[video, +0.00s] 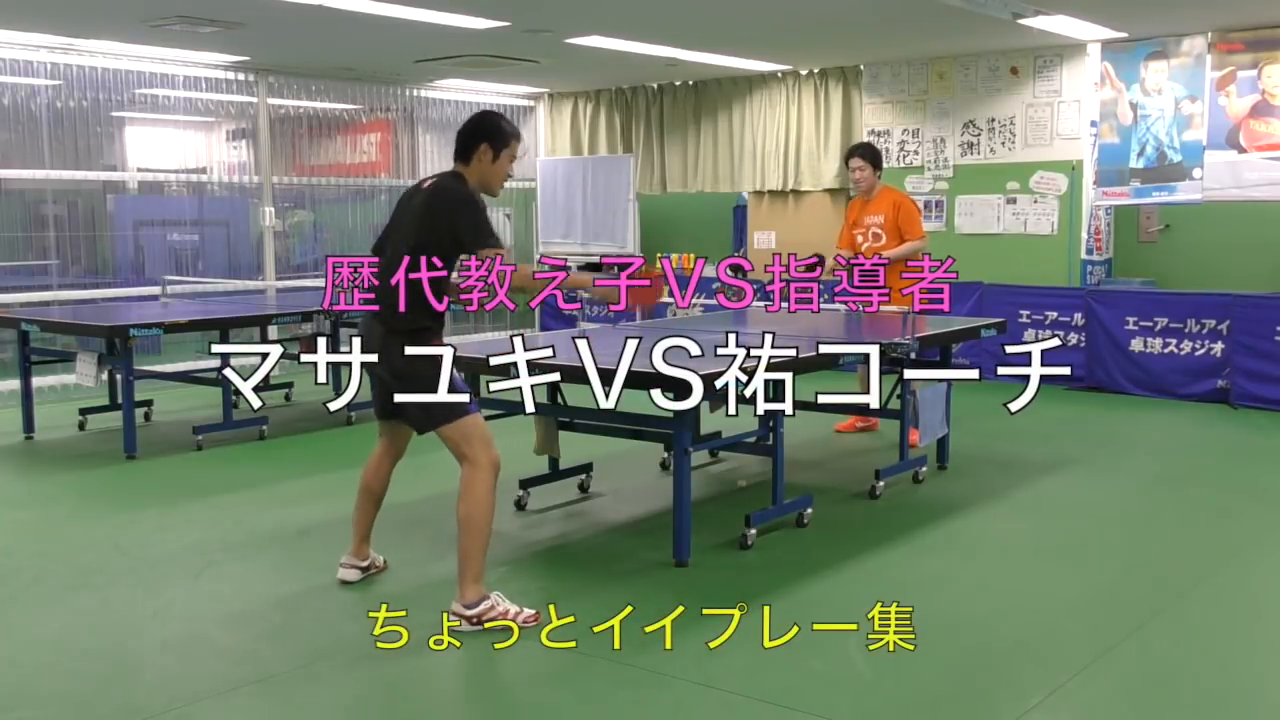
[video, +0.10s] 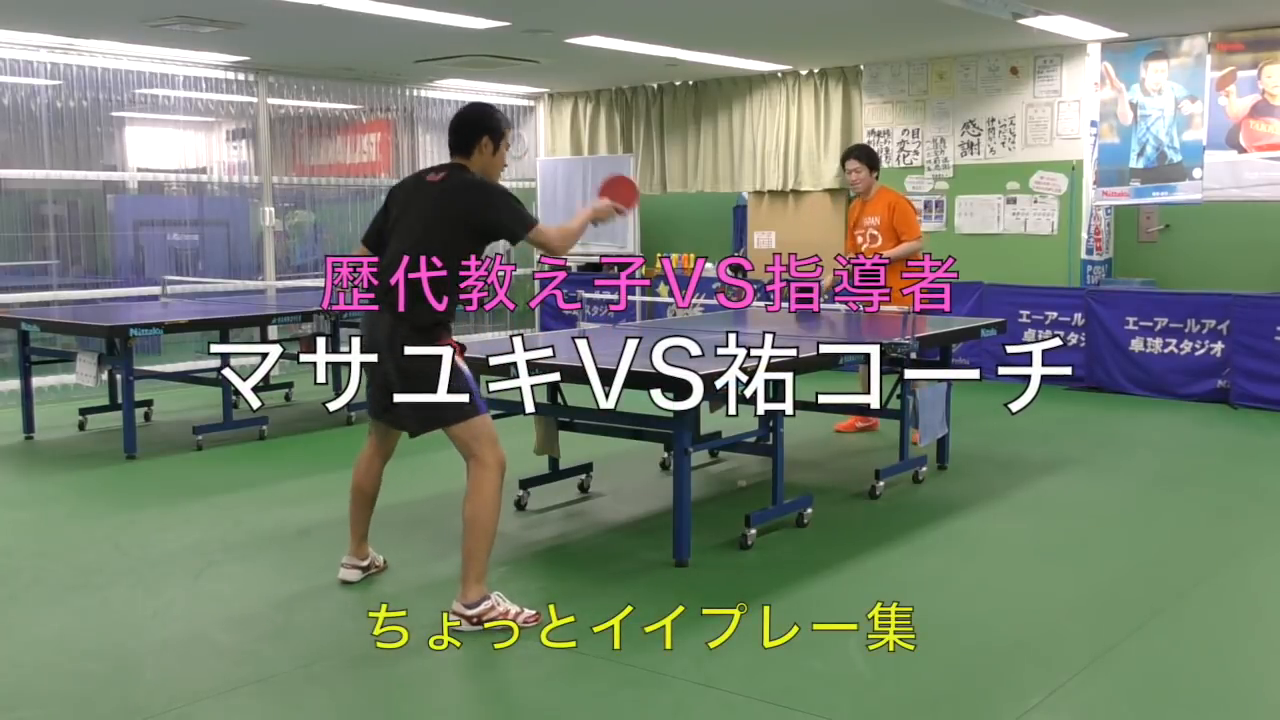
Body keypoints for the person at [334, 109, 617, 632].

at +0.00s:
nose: (509, 173)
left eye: (512, 163)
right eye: (508, 161)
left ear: (469, 154)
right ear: (482, 154)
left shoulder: (422, 191)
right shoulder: (458, 196)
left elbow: (384, 258)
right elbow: (502, 276)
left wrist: (452, 286)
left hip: (386, 344)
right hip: (418, 350)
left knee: (389, 446)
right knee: (481, 458)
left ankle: (357, 554)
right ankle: (472, 597)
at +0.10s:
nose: (505, 160)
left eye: (505, 150)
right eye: (503, 150)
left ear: (457, 145)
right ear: (484, 147)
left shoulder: (409, 186)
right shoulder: (483, 194)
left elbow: (371, 245)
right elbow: (556, 243)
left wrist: (428, 260)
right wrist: (589, 213)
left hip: (379, 339)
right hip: (425, 344)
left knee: (377, 446)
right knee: (487, 458)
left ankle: (356, 555)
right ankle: (473, 597)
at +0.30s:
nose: (491, 148)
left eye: (489, 140)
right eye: (490, 140)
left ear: (438, 143)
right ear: (482, 143)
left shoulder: (399, 189)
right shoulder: (487, 194)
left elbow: (362, 247)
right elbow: (561, 234)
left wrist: (416, 256)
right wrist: (562, 203)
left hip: (388, 344)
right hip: (441, 348)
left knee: (377, 448)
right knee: (501, 464)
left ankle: (356, 556)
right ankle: (475, 596)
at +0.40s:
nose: (491, 145)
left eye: (487, 136)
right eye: (490, 137)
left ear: (438, 138)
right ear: (482, 138)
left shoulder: (400, 184)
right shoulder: (484, 192)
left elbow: (363, 250)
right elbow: (534, 254)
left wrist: (420, 267)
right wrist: (568, 245)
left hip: (388, 342)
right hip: (439, 345)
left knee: (378, 446)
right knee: (494, 460)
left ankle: (356, 556)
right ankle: (474, 596)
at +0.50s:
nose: (497, 146)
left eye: (495, 137)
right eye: (496, 137)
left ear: (444, 137)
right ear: (487, 139)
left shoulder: (407, 183)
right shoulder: (467, 190)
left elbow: (370, 248)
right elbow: (479, 266)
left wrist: (421, 287)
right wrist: (544, 318)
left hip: (388, 341)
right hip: (433, 345)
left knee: (384, 445)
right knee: (487, 460)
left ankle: (356, 555)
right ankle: (474, 596)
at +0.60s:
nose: (505, 163)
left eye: (504, 153)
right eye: (504, 152)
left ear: (459, 147)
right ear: (490, 152)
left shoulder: (426, 189)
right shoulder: (452, 192)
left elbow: (390, 262)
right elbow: (426, 265)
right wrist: (467, 321)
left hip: (390, 343)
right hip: (418, 347)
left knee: (397, 445)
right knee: (487, 460)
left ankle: (358, 555)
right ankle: (473, 597)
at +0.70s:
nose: (508, 178)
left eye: (510, 168)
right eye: (506, 167)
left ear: (470, 160)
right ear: (484, 160)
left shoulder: (431, 196)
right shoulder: (448, 198)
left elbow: (389, 273)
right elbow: (424, 262)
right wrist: (474, 317)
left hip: (393, 352)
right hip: (416, 356)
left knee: (402, 447)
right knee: (486, 460)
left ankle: (359, 554)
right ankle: (472, 598)